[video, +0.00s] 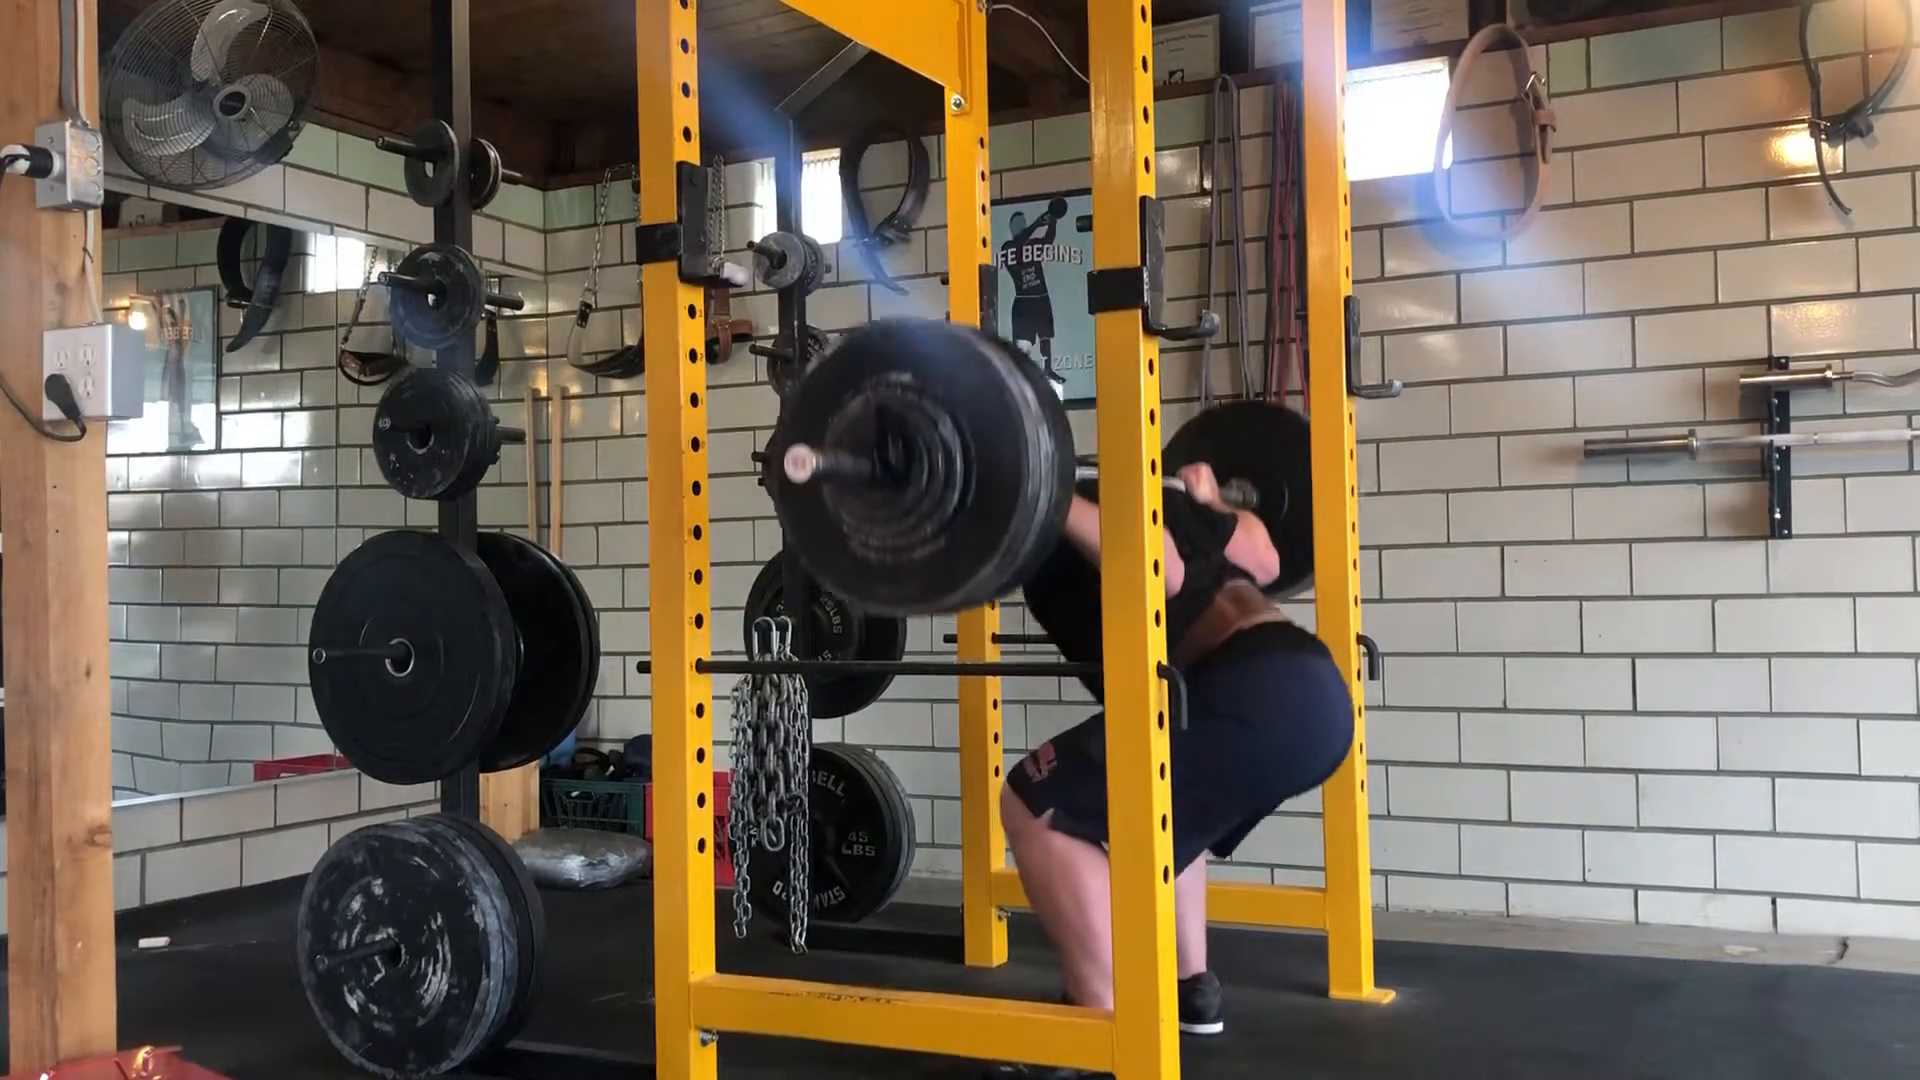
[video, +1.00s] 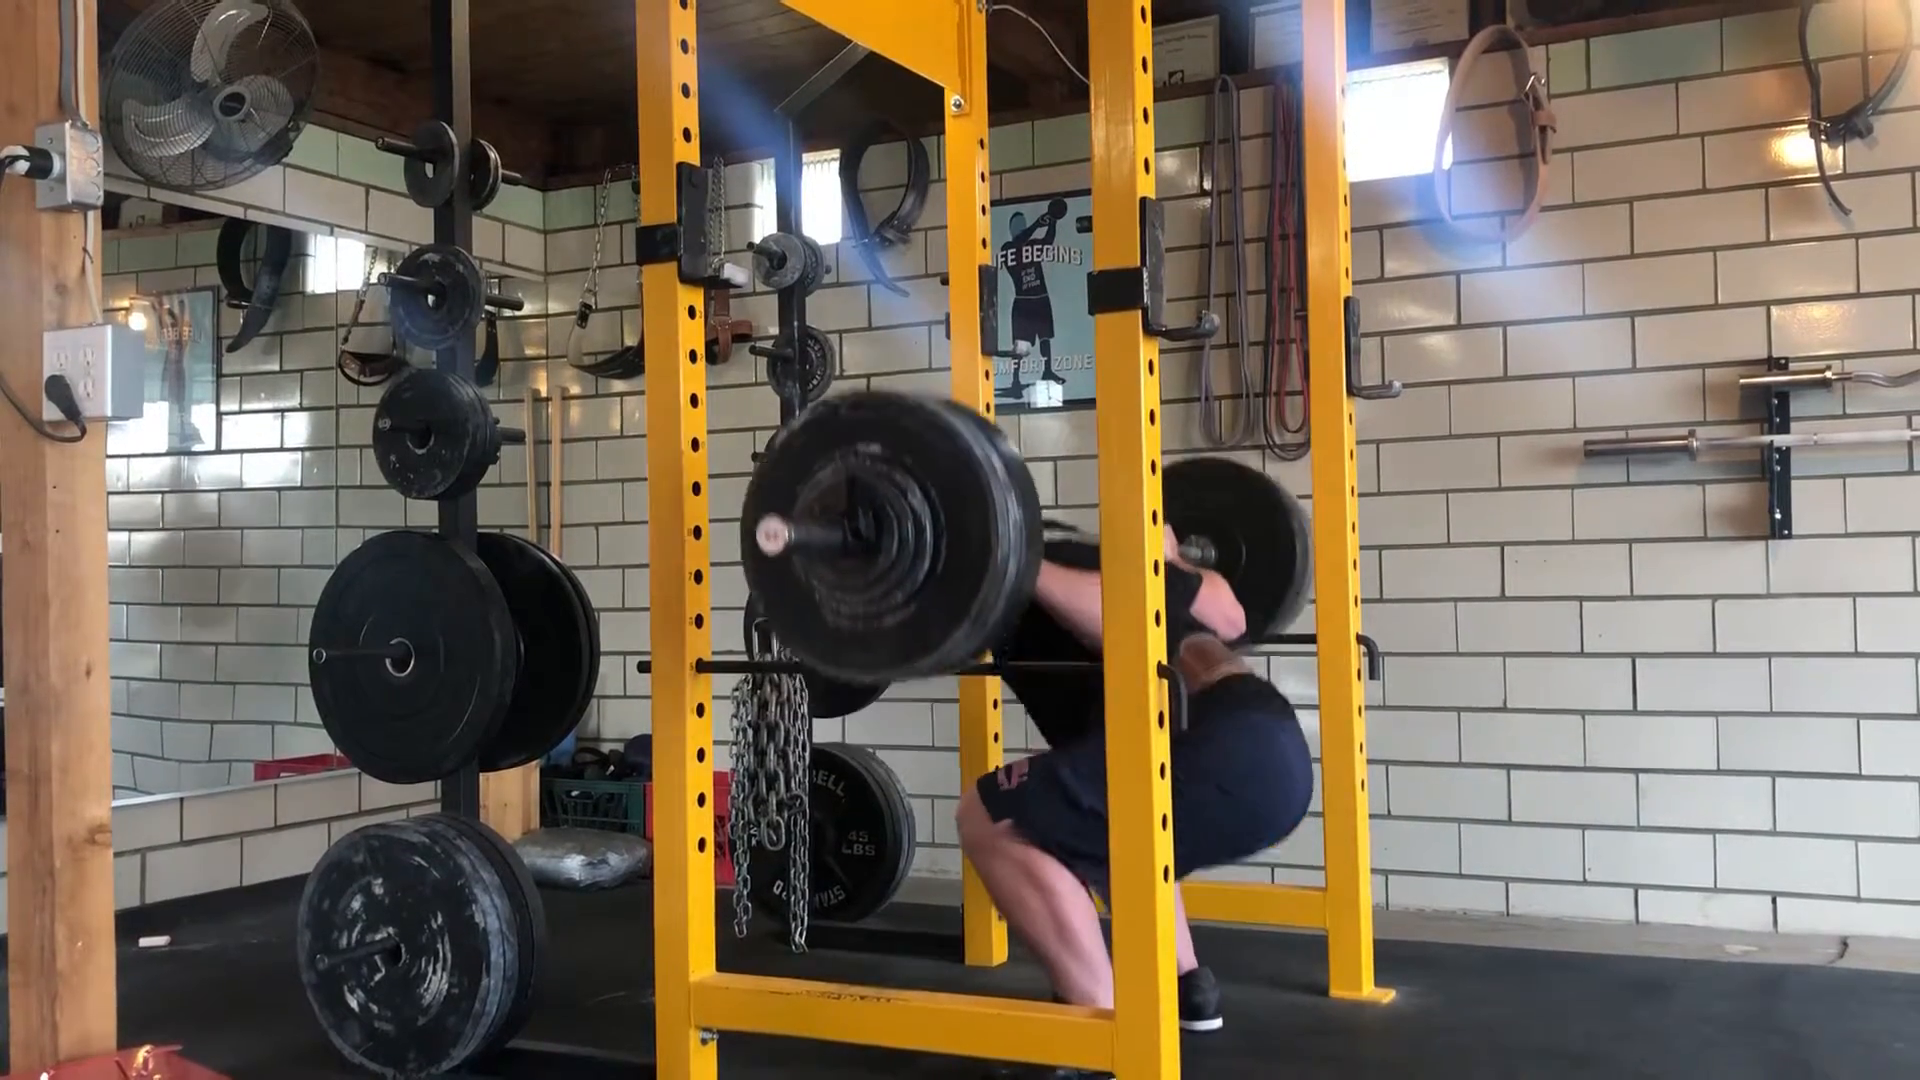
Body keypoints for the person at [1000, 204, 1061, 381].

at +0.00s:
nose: (1022, 227)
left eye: (1023, 224)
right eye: (1018, 224)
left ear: (1024, 226)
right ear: (1012, 227)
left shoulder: (1034, 246)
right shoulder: (1008, 248)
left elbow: (1048, 239)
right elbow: (1022, 236)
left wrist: (1052, 221)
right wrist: (1038, 222)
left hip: (1041, 297)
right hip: (1023, 298)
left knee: (1045, 337)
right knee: (1022, 339)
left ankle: (1047, 369)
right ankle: (1020, 371)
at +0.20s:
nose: (1022, 228)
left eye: (1023, 225)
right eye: (1018, 225)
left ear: (1024, 226)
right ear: (1013, 228)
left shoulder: (1035, 245)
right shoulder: (1007, 249)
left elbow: (1049, 237)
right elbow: (1021, 236)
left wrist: (1052, 218)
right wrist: (1038, 222)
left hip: (1042, 298)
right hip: (1023, 299)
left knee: (1045, 338)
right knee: (1021, 343)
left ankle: (1048, 370)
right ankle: (1016, 379)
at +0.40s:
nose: (1022, 228)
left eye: (1023, 225)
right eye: (1019, 225)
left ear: (1024, 226)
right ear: (1013, 228)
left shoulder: (1035, 244)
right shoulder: (1007, 249)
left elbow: (1049, 238)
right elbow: (1021, 237)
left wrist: (1052, 219)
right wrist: (1037, 223)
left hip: (1041, 298)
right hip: (1023, 299)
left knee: (1046, 338)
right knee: (1021, 343)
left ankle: (1048, 370)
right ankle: (1016, 379)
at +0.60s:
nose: (1022, 228)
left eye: (1022, 225)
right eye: (1019, 225)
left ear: (1016, 228)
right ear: (1016, 228)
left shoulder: (1034, 245)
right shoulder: (1007, 249)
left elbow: (1048, 239)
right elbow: (1021, 237)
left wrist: (1052, 221)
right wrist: (1038, 222)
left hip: (1041, 298)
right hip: (1023, 299)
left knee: (1046, 337)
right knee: (1020, 343)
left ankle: (1048, 370)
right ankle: (1016, 379)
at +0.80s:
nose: (1022, 228)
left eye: (1023, 225)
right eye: (1019, 225)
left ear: (1017, 228)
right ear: (1016, 228)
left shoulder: (1034, 245)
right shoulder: (1007, 249)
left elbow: (1048, 239)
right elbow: (1022, 236)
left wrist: (1052, 220)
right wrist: (1038, 222)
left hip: (1040, 298)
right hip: (1024, 300)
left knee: (1046, 338)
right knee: (1020, 344)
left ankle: (1048, 370)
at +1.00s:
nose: (1022, 229)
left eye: (1023, 226)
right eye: (1019, 226)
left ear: (1024, 228)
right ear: (1013, 229)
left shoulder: (1034, 246)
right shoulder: (1007, 250)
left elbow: (1048, 240)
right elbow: (1022, 237)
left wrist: (1052, 221)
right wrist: (1038, 222)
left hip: (1041, 298)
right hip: (1023, 299)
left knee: (1045, 338)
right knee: (1020, 344)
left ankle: (1048, 370)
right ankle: (1016, 380)